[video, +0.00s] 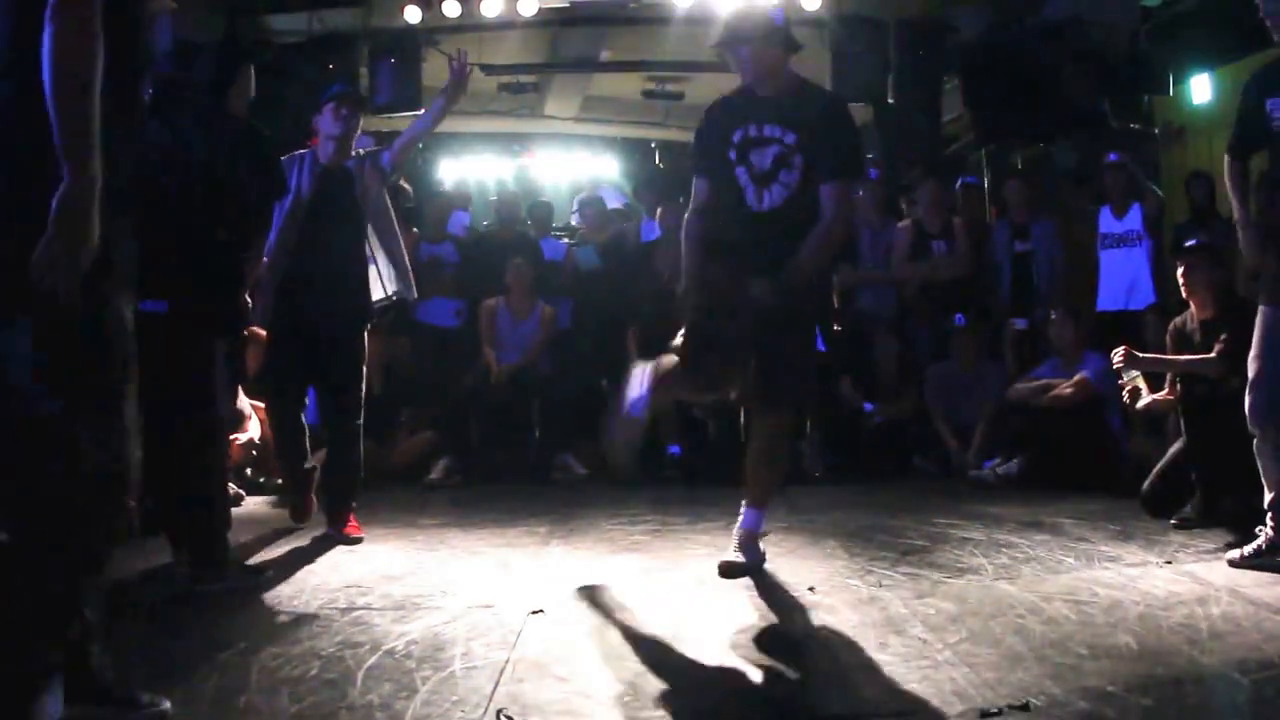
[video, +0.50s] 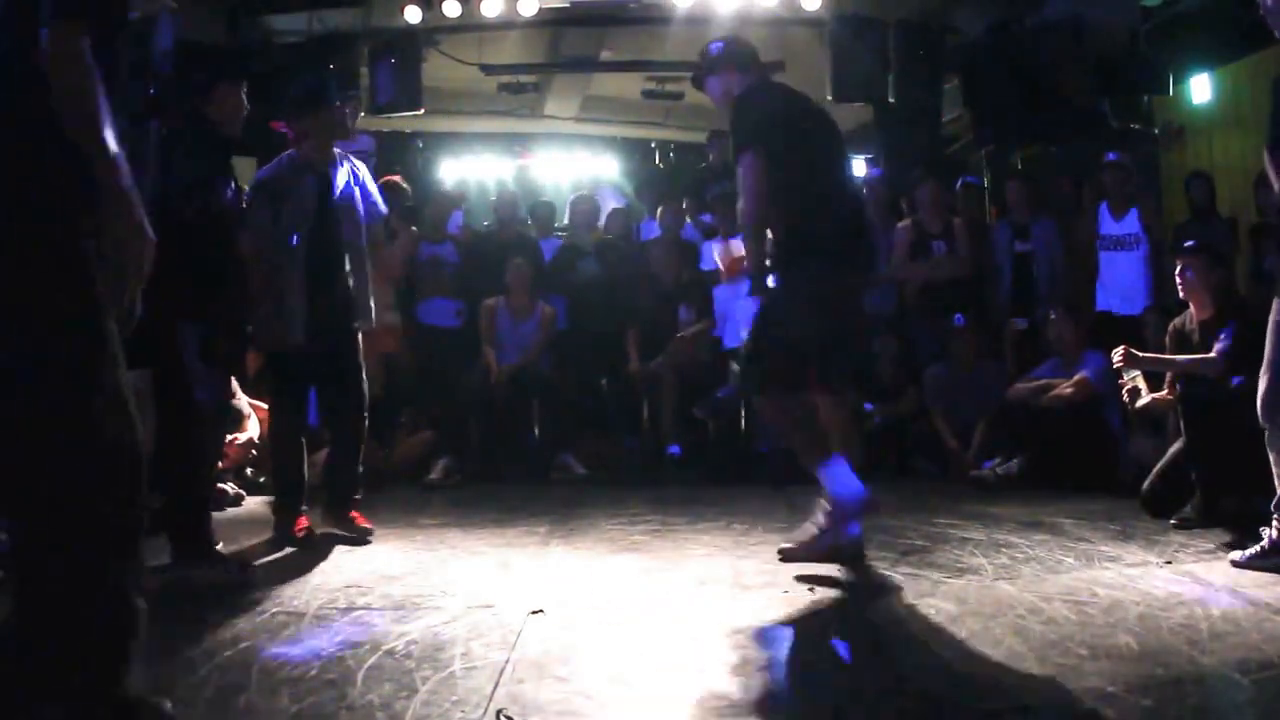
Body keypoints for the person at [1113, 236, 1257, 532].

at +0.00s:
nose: (1183, 275)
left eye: (1193, 267)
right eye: (1180, 266)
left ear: (1214, 273)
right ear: (1175, 273)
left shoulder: (1238, 315)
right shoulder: (1178, 328)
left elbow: (1218, 364)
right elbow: (1174, 394)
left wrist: (1143, 361)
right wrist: (1146, 400)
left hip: (1241, 431)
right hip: (1201, 434)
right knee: (1155, 498)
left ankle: (1203, 498)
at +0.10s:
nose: (1182, 274)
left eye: (1192, 266)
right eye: (1179, 266)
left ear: (1213, 272)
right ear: (1175, 273)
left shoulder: (1238, 315)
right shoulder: (1178, 328)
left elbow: (1218, 363)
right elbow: (1174, 392)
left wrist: (1142, 360)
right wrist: (1147, 400)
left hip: (1239, 433)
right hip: (1200, 436)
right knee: (1155, 498)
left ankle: (1204, 499)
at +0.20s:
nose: (1182, 273)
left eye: (1191, 266)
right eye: (1179, 266)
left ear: (1213, 272)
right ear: (1175, 273)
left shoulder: (1238, 315)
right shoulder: (1178, 327)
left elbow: (1218, 364)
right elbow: (1173, 391)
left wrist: (1142, 360)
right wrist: (1145, 399)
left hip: (1240, 434)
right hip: (1200, 437)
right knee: (1155, 498)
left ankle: (1205, 500)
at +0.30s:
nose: (1181, 274)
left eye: (1190, 267)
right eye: (1179, 268)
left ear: (1213, 273)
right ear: (1175, 274)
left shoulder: (1238, 315)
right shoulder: (1178, 326)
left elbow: (1219, 364)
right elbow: (1172, 391)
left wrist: (1144, 360)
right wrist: (1146, 398)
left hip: (1241, 433)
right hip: (1202, 435)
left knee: (1193, 397)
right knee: (1155, 498)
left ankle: (1204, 501)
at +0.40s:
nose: (1180, 274)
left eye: (1189, 267)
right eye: (1178, 267)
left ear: (1213, 273)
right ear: (1175, 272)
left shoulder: (1239, 316)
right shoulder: (1178, 327)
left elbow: (1217, 364)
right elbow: (1173, 393)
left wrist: (1143, 360)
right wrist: (1146, 398)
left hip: (1243, 433)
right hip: (1202, 435)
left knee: (1194, 395)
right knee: (1155, 499)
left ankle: (1207, 503)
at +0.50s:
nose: (1179, 276)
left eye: (1188, 269)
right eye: (1177, 269)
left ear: (1212, 274)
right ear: (1174, 275)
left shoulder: (1237, 317)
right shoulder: (1178, 328)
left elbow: (1218, 365)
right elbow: (1176, 394)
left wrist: (1142, 360)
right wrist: (1148, 398)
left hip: (1241, 433)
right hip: (1203, 434)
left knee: (1194, 394)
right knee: (1155, 499)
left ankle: (1206, 502)